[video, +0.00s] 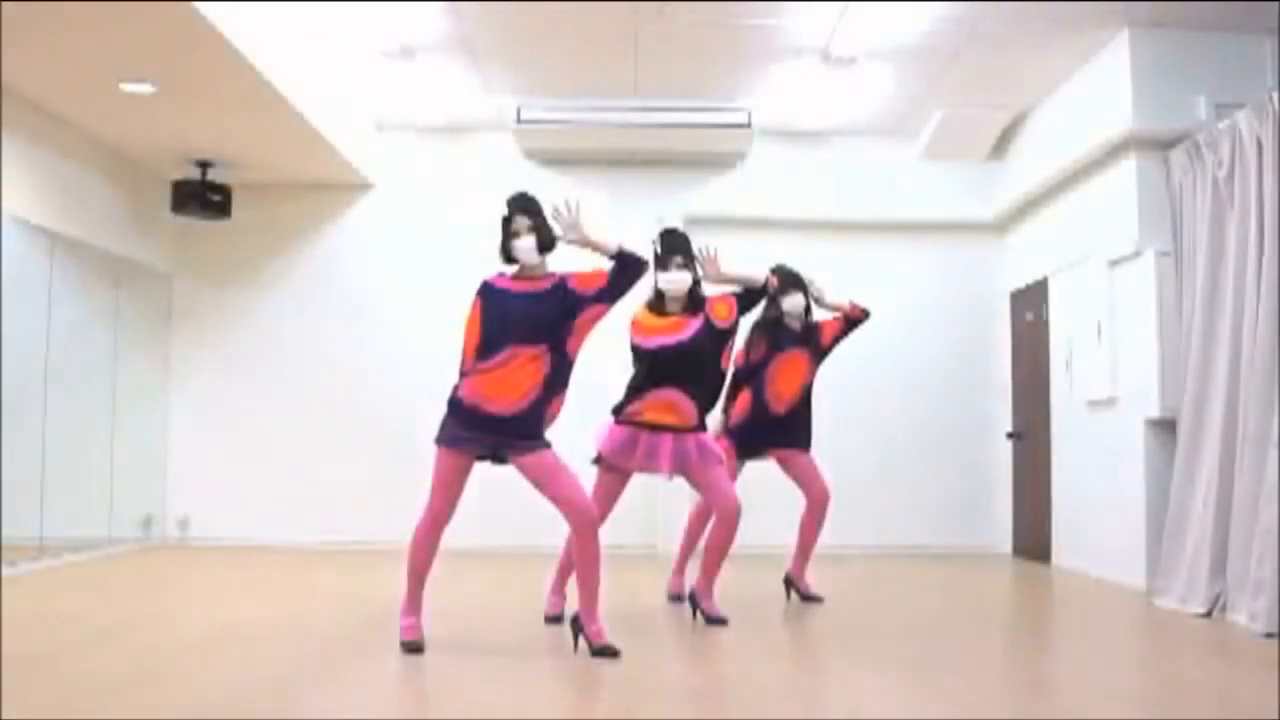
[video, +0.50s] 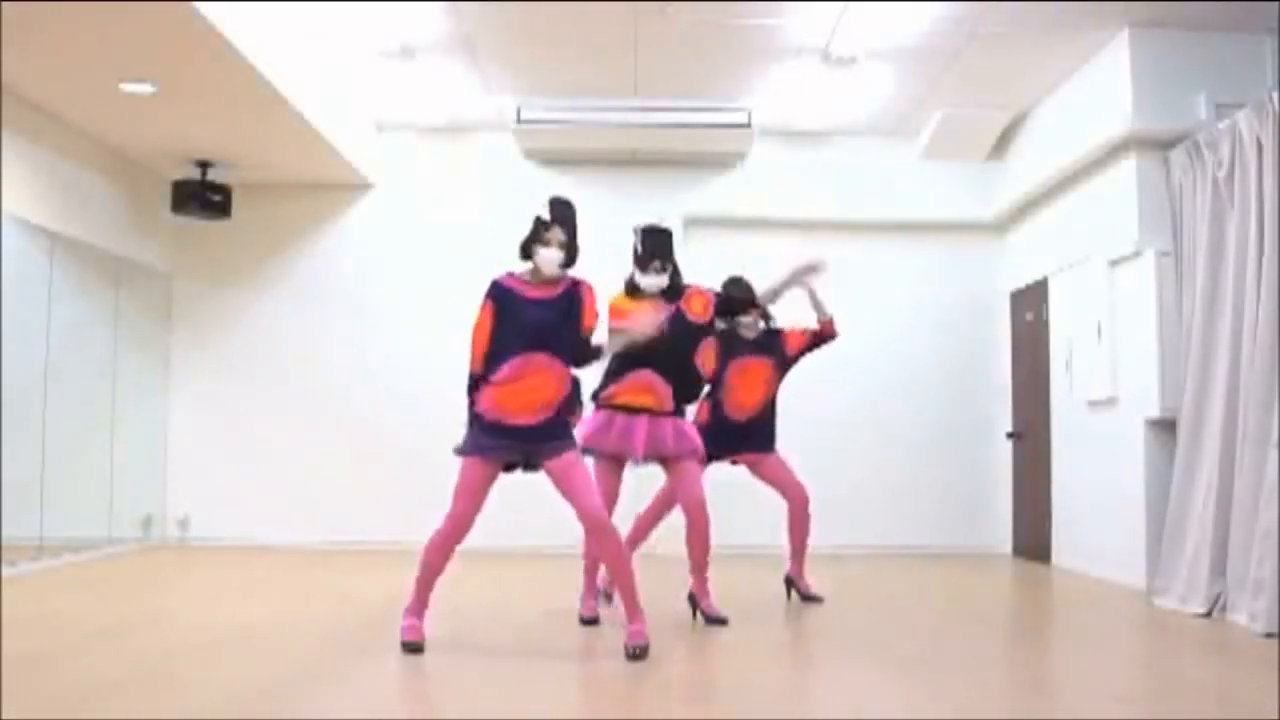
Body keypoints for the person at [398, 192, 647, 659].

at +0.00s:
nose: (523, 239)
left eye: (532, 231)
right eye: (515, 233)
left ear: (547, 237)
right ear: (505, 242)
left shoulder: (571, 292)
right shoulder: (491, 291)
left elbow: (636, 266)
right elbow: (469, 359)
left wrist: (585, 239)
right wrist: (462, 416)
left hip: (523, 430)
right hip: (467, 422)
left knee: (584, 513)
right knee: (437, 513)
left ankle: (589, 619)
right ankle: (411, 613)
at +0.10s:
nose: (523, 240)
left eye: (531, 231)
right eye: (514, 233)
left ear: (547, 238)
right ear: (505, 242)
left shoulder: (571, 292)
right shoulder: (491, 291)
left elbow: (635, 266)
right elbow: (468, 359)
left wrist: (582, 239)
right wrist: (462, 416)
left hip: (522, 430)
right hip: (466, 422)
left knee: (584, 513)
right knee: (437, 513)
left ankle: (590, 619)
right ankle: (411, 614)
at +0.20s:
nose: (524, 241)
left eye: (532, 232)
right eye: (515, 234)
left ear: (546, 239)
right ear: (505, 243)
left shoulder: (569, 290)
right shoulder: (491, 291)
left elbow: (636, 266)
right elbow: (467, 359)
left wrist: (583, 239)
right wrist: (462, 414)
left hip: (521, 430)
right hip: (466, 422)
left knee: (583, 514)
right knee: (436, 514)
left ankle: (590, 619)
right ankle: (410, 614)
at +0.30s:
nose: (525, 241)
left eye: (533, 232)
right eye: (516, 234)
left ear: (549, 240)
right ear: (507, 242)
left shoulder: (567, 288)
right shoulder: (491, 289)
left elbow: (634, 275)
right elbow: (468, 356)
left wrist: (587, 240)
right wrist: (460, 411)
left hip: (522, 429)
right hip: (467, 421)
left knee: (583, 515)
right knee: (437, 514)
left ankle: (590, 618)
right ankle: (410, 612)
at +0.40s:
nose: (536, 242)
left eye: (545, 235)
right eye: (529, 234)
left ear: (557, 243)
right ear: (515, 239)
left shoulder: (565, 287)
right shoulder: (492, 286)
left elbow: (608, 320)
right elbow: (470, 349)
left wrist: (604, 270)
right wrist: (468, 402)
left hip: (533, 426)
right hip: (478, 420)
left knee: (588, 517)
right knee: (444, 518)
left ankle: (612, 615)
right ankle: (412, 614)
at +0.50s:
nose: (557, 253)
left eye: (564, 246)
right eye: (549, 244)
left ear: (571, 252)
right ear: (530, 247)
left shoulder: (580, 294)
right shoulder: (502, 291)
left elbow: (577, 354)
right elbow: (479, 356)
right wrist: (478, 418)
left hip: (551, 427)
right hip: (495, 424)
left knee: (596, 518)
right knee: (456, 525)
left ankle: (634, 618)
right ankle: (415, 611)